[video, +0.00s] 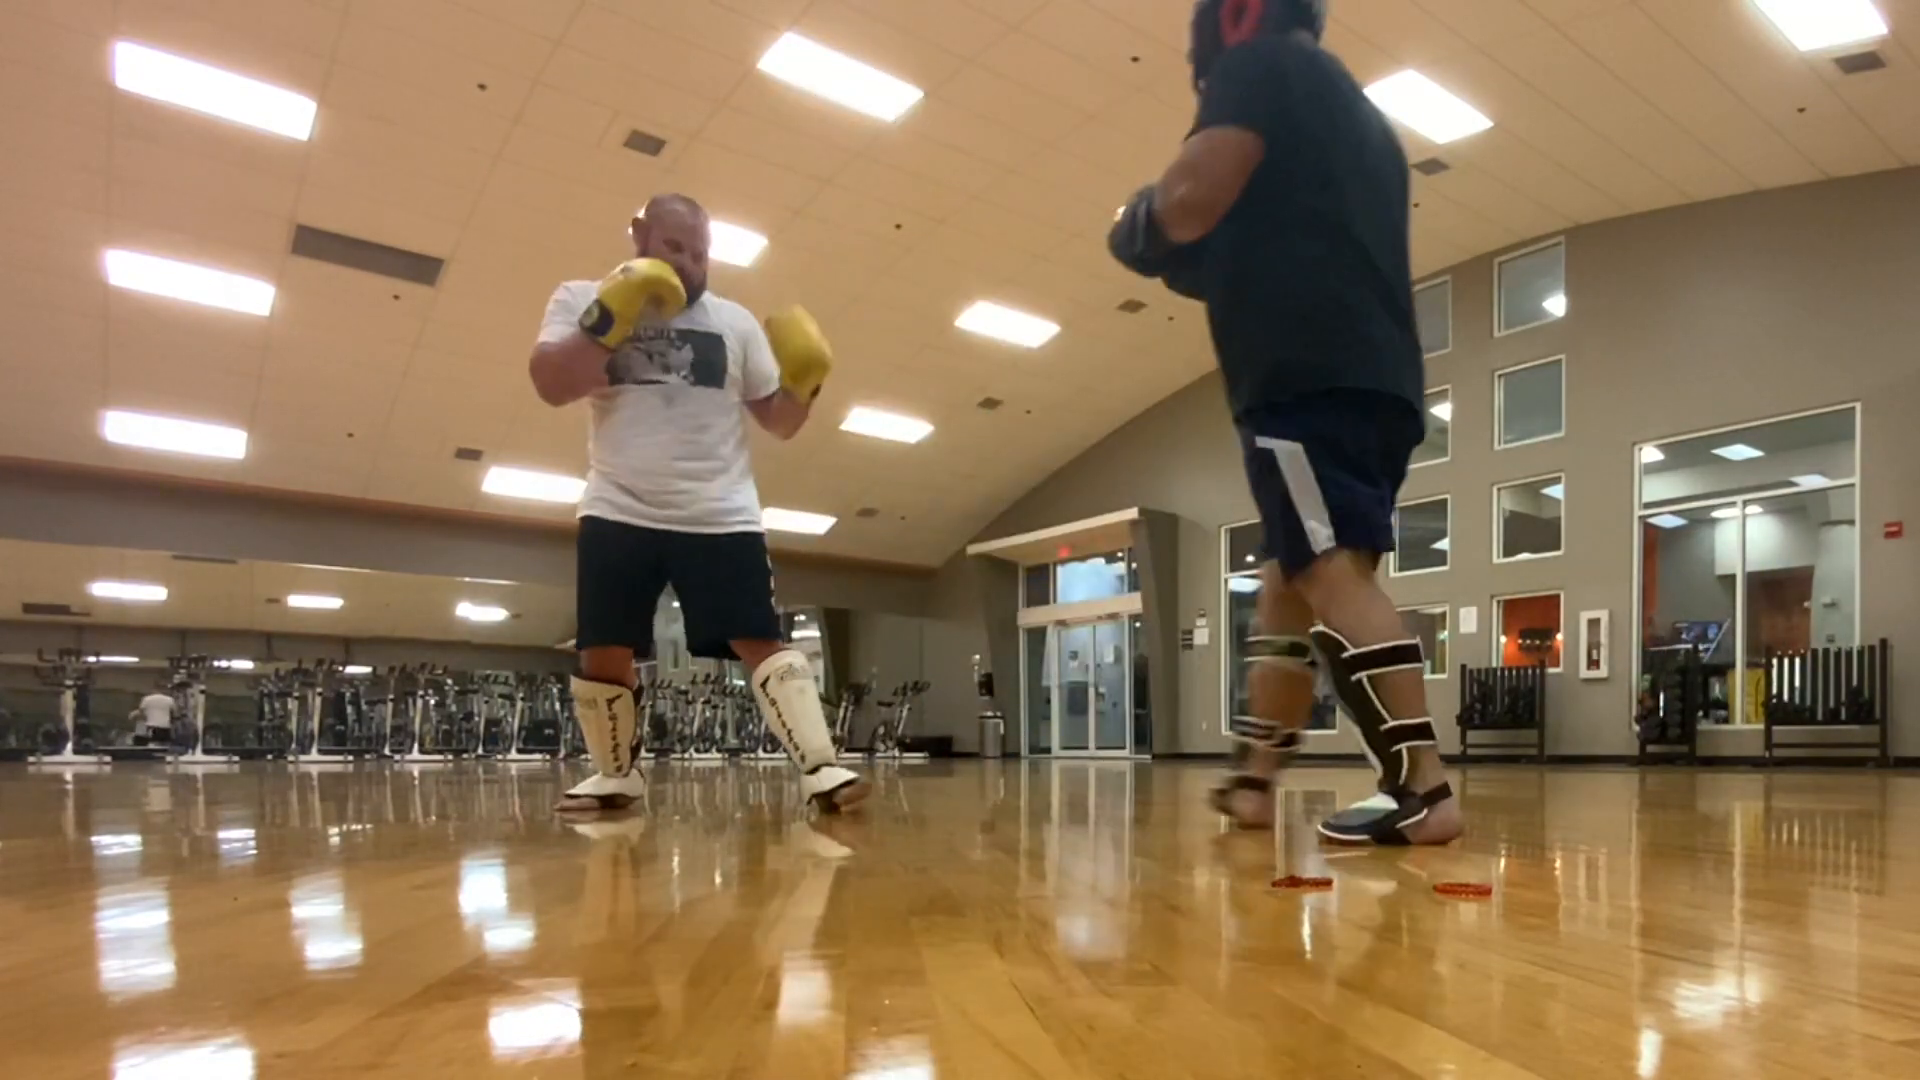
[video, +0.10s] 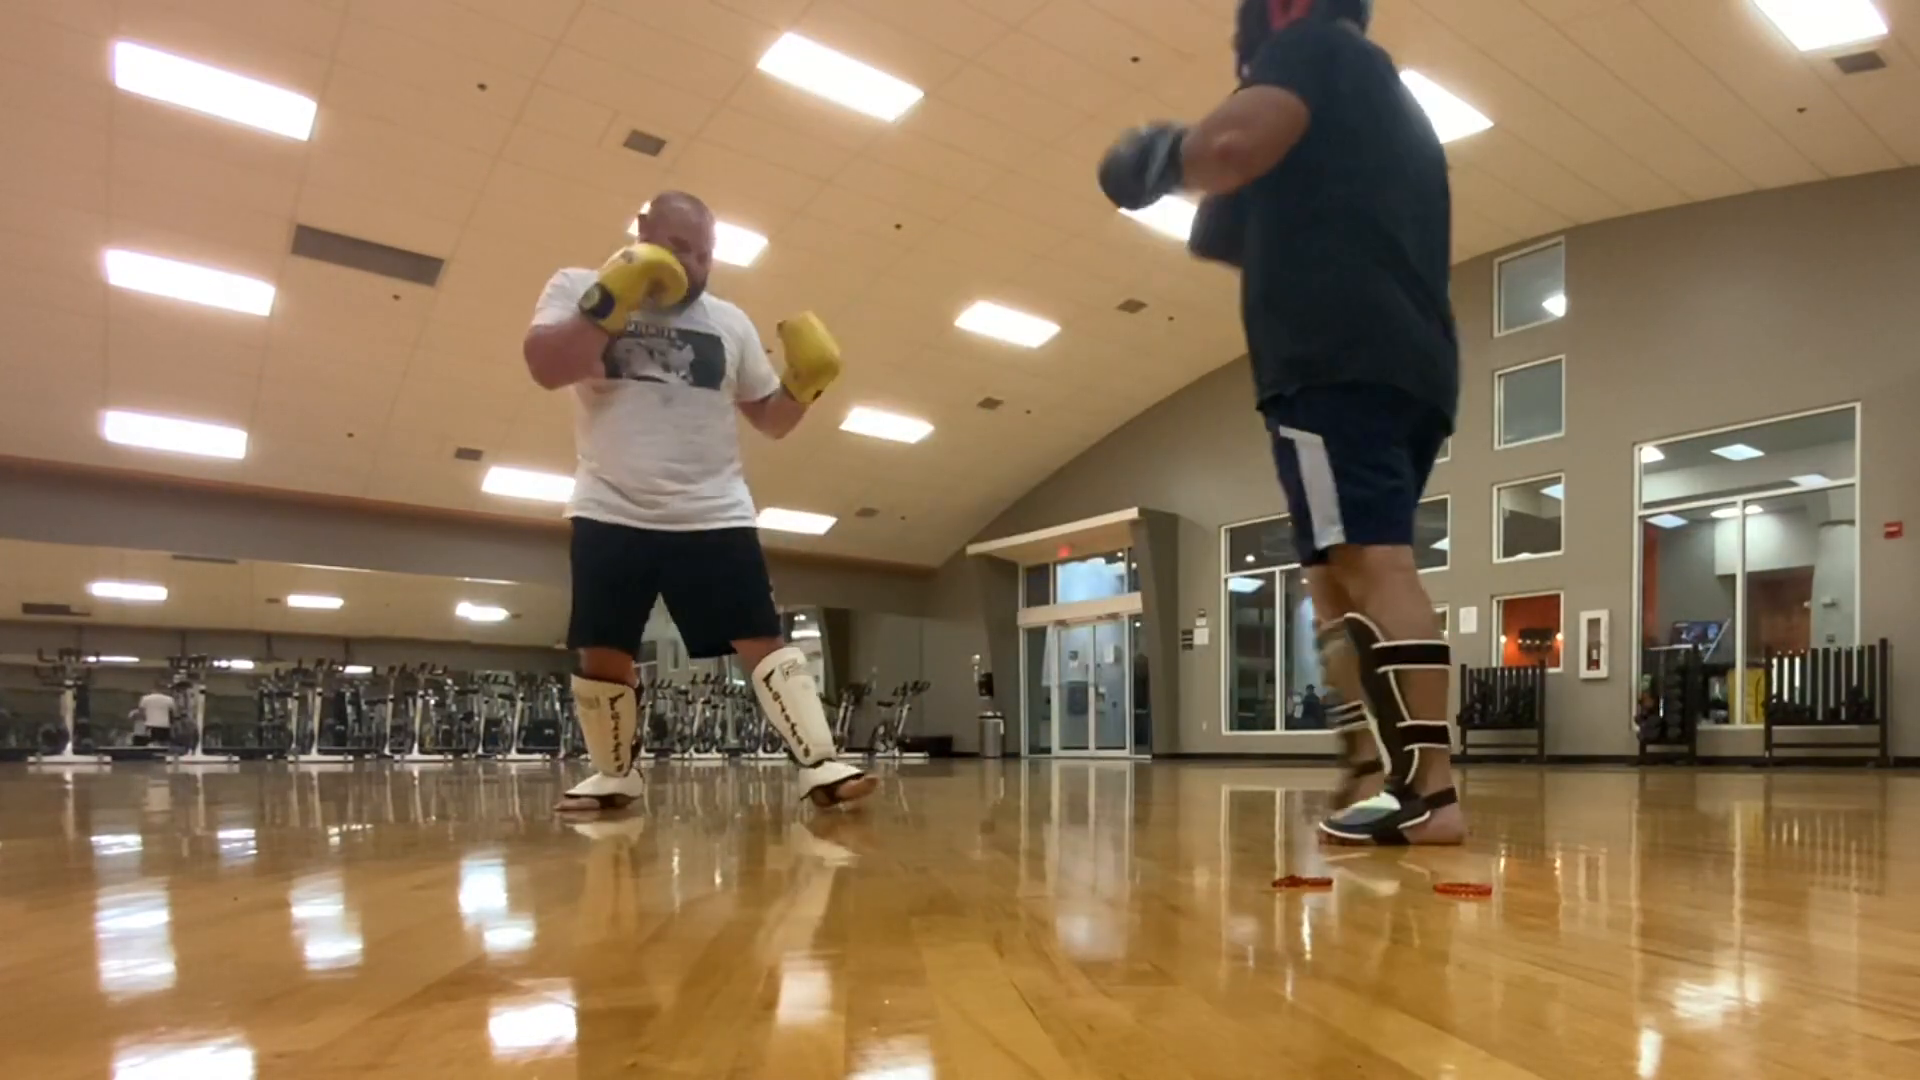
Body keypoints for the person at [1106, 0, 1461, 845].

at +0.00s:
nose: (1191, 53)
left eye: (1200, 32)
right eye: (1193, 38)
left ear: (1241, 13)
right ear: (1304, 19)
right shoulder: (1360, 114)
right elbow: (1271, 263)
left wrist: (1137, 226)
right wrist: (1171, 253)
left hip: (1303, 367)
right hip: (1374, 370)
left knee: (1332, 573)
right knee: (1290, 577)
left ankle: (1424, 790)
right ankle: (1255, 780)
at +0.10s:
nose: (1239, 62)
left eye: (1244, 42)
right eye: (1238, 49)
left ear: (1285, 14)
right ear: (1346, 17)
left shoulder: (1317, 45)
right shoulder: (1393, 108)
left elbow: (1238, 146)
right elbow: (1323, 235)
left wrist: (1154, 159)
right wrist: (1213, 204)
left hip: (1334, 351)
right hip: (1404, 359)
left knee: (1374, 564)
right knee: (1330, 569)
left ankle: (1430, 792)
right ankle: (1380, 769)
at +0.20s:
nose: (1276, 49)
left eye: (1284, 33)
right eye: (1278, 40)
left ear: (1323, 12)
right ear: (1385, 16)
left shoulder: (1357, 46)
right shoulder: (1430, 121)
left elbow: (1280, 119)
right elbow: (1372, 232)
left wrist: (1186, 85)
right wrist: (1280, 195)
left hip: (1366, 344)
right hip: (1438, 355)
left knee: (1390, 562)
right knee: (1390, 563)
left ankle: (1424, 791)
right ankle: (1469, 749)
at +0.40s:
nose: (1345, 49)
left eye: (1358, 31)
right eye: (1349, 36)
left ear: (1399, 27)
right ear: (1447, 37)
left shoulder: (1421, 79)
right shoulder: (1477, 121)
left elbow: (1360, 157)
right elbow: (1390, 259)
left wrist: (1290, 141)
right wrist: (1305, 204)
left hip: (1414, 375)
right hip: (1503, 380)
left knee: (1422, 570)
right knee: (1509, 580)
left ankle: (1430, 792)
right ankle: (1575, 781)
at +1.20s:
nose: (1322, 110)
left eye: (1334, 94)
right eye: (1324, 97)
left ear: (1385, 93)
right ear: (1395, 98)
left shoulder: (1401, 148)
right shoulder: (1425, 178)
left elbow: (1338, 230)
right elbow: (1335, 297)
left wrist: (1251, 202)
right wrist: (1268, 234)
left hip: (1396, 407)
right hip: (1455, 410)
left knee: (1384, 597)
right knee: (1414, 594)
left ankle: (1397, 783)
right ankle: (1477, 736)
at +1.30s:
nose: (1302, 106)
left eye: (1315, 92)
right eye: (1305, 94)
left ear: (1368, 99)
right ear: (1374, 104)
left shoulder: (1378, 158)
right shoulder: (1388, 180)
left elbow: (1288, 252)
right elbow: (1355, 307)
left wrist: (1238, 217)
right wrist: (1277, 283)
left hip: (1390, 416)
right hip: (1392, 416)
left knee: (1391, 594)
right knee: (1371, 595)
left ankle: (1402, 782)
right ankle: (1387, 776)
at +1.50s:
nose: (1291, 140)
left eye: (1303, 125)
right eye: (1295, 129)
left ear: (1352, 130)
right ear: (1368, 140)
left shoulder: (1333, 192)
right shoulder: (1395, 215)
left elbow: (1216, 245)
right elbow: (1308, 321)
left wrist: (1192, 202)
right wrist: (1228, 262)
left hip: (1322, 423)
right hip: (1379, 434)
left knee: (1273, 596)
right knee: (1310, 606)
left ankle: (1371, 750)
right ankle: (1291, 777)